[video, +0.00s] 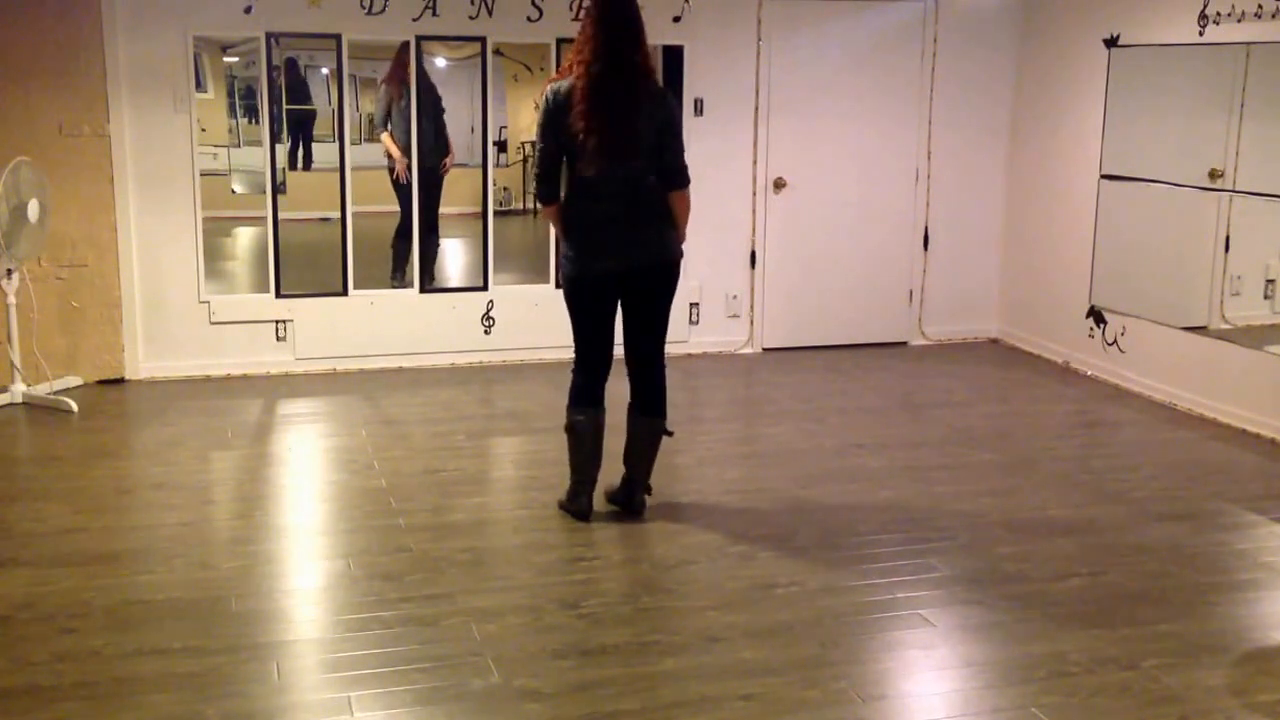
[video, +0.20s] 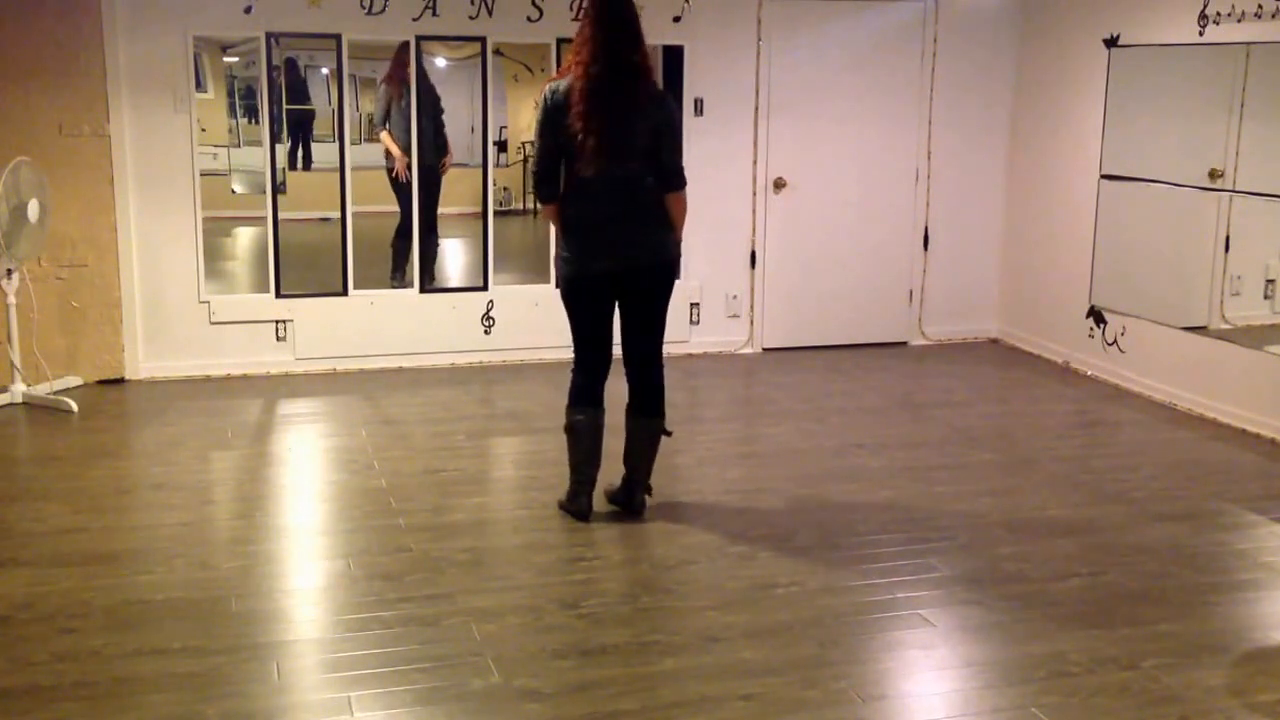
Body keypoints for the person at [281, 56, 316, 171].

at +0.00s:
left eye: (284, 67)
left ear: (285, 67)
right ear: (297, 66)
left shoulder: (283, 82)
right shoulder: (302, 80)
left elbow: (280, 100)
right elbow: (308, 97)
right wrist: (311, 109)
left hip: (292, 113)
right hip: (307, 112)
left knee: (294, 142)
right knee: (307, 143)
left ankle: (292, 169)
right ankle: (306, 169)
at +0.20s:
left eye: (284, 67)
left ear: (284, 68)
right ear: (296, 66)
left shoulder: (283, 82)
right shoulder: (301, 80)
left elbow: (280, 100)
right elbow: (307, 97)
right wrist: (311, 110)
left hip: (291, 114)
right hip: (306, 113)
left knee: (294, 142)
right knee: (306, 143)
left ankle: (292, 168)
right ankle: (307, 168)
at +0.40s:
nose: (282, 71)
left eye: (283, 68)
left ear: (284, 68)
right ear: (296, 67)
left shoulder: (282, 82)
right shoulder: (301, 80)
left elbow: (279, 102)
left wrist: (279, 121)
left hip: (289, 117)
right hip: (304, 115)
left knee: (291, 145)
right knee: (304, 145)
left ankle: (291, 170)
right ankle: (305, 169)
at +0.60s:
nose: (281, 71)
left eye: (281, 68)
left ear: (283, 68)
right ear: (295, 66)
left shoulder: (282, 81)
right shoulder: (302, 79)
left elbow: (278, 99)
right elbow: (307, 96)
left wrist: (279, 114)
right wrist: (307, 109)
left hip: (288, 113)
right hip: (303, 112)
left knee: (289, 143)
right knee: (302, 141)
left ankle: (290, 168)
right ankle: (305, 166)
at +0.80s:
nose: (281, 70)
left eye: (282, 68)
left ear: (283, 67)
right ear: (294, 65)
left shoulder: (282, 80)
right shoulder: (302, 79)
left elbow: (278, 99)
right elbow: (307, 97)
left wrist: (278, 113)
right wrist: (306, 109)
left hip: (287, 114)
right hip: (302, 113)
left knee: (288, 143)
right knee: (300, 141)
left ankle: (289, 167)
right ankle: (304, 165)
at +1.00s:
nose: (282, 71)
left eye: (282, 68)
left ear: (283, 67)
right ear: (293, 65)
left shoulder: (282, 80)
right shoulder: (301, 78)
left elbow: (278, 97)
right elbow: (307, 96)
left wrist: (279, 110)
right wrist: (304, 106)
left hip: (287, 113)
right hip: (300, 112)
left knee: (288, 142)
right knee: (299, 141)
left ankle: (289, 167)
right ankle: (303, 164)